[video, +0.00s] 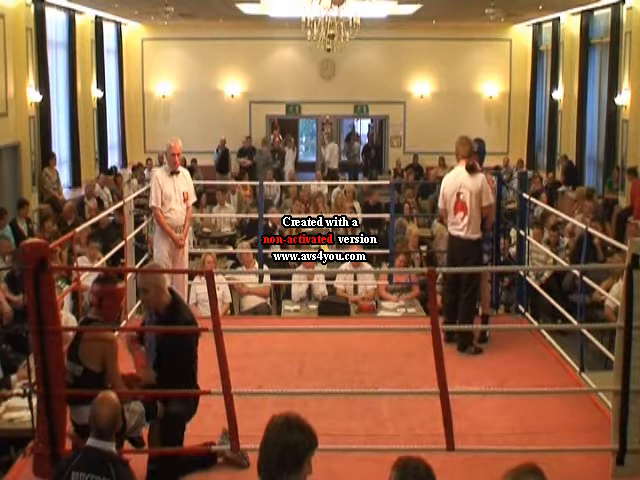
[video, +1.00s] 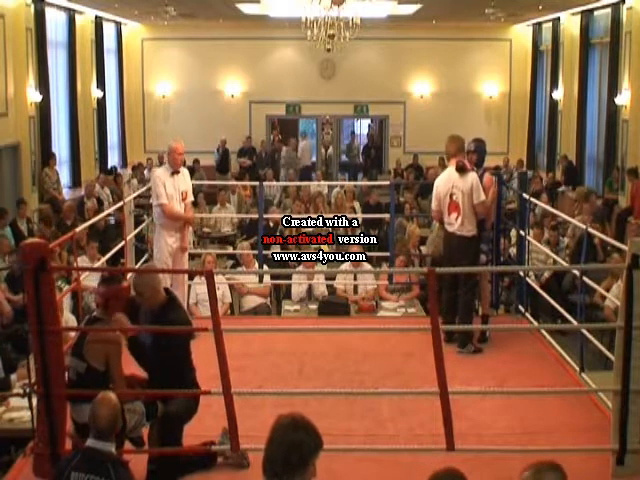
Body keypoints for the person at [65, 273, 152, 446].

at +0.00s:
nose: (122, 305)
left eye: (121, 299)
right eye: (118, 300)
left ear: (95, 300)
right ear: (101, 301)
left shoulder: (85, 326)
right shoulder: (106, 338)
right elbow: (117, 390)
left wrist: (124, 381)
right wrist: (139, 394)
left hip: (77, 410)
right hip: (94, 414)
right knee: (151, 407)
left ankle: (132, 429)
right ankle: (131, 430)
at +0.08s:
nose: (122, 304)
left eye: (122, 299)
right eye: (118, 299)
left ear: (95, 300)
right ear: (100, 301)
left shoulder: (85, 325)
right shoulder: (107, 337)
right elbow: (118, 391)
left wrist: (129, 378)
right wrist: (139, 395)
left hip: (77, 410)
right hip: (94, 415)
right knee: (152, 407)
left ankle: (132, 429)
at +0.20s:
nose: (121, 305)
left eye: (122, 299)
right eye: (117, 300)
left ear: (97, 300)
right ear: (100, 301)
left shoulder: (85, 324)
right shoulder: (106, 336)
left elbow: (102, 377)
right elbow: (119, 391)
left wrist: (129, 381)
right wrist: (140, 395)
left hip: (77, 408)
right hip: (92, 414)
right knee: (153, 407)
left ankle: (133, 429)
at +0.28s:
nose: (121, 304)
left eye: (121, 298)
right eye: (117, 299)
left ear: (96, 300)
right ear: (100, 300)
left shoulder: (86, 324)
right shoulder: (107, 335)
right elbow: (117, 390)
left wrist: (128, 381)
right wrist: (139, 395)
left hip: (77, 409)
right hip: (94, 414)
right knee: (153, 407)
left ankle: (132, 428)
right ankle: (130, 429)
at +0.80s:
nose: (127, 303)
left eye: (126, 298)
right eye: (124, 298)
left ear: (101, 301)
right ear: (115, 303)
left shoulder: (90, 323)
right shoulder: (109, 338)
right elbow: (119, 393)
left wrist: (129, 382)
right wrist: (143, 391)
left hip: (77, 408)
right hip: (93, 414)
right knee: (153, 407)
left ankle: (133, 429)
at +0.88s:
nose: (128, 305)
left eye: (127, 299)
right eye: (124, 300)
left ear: (101, 301)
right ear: (113, 302)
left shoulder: (89, 324)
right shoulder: (110, 338)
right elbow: (120, 393)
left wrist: (129, 382)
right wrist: (143, 392)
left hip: (77, 407)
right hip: (94, 413)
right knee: (153, 407)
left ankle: (133, 429)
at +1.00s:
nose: (126, 302)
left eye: (125, 297)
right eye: (123, 297)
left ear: (100, 299)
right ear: (115, 301)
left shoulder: (88, 323)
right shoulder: (111, 336)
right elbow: (120, 393)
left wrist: (129, 382)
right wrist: (143, 392)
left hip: (77, 407)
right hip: (93, 413)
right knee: (153, 407)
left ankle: (133, 429)